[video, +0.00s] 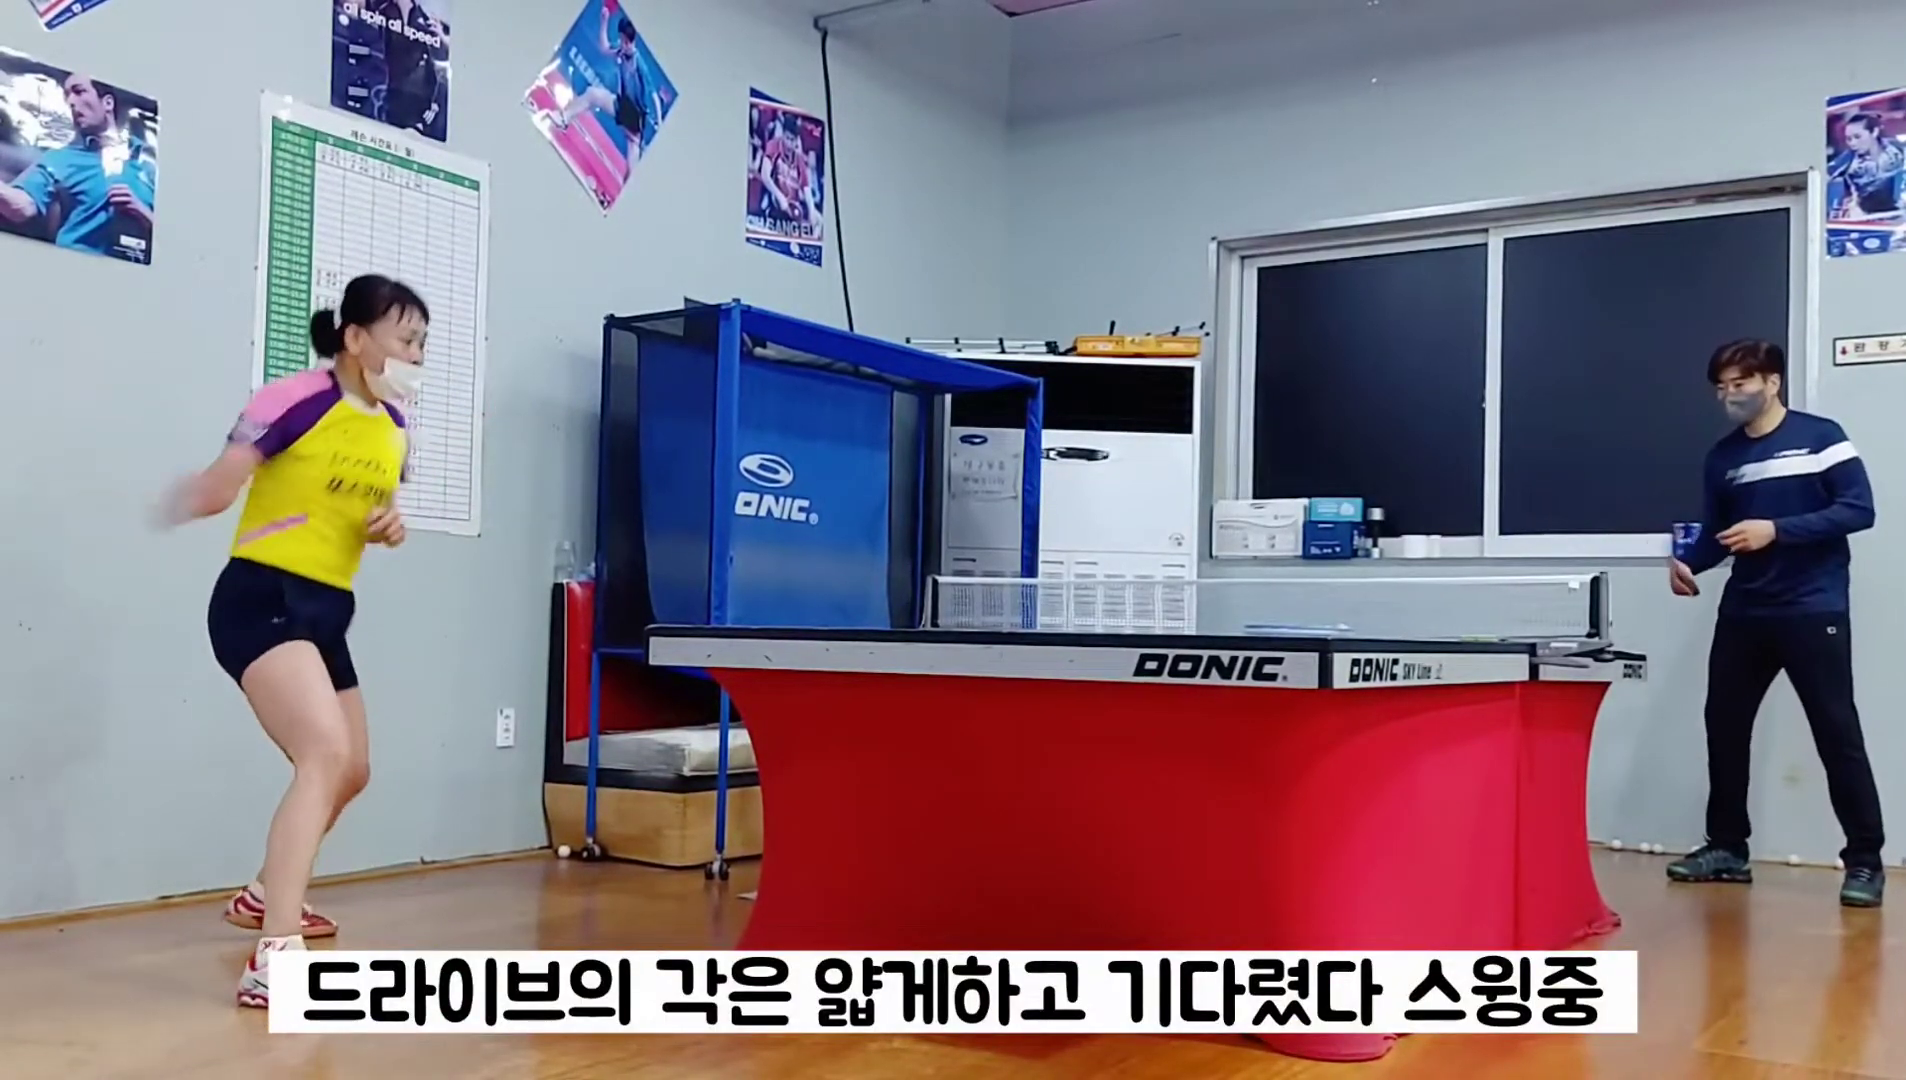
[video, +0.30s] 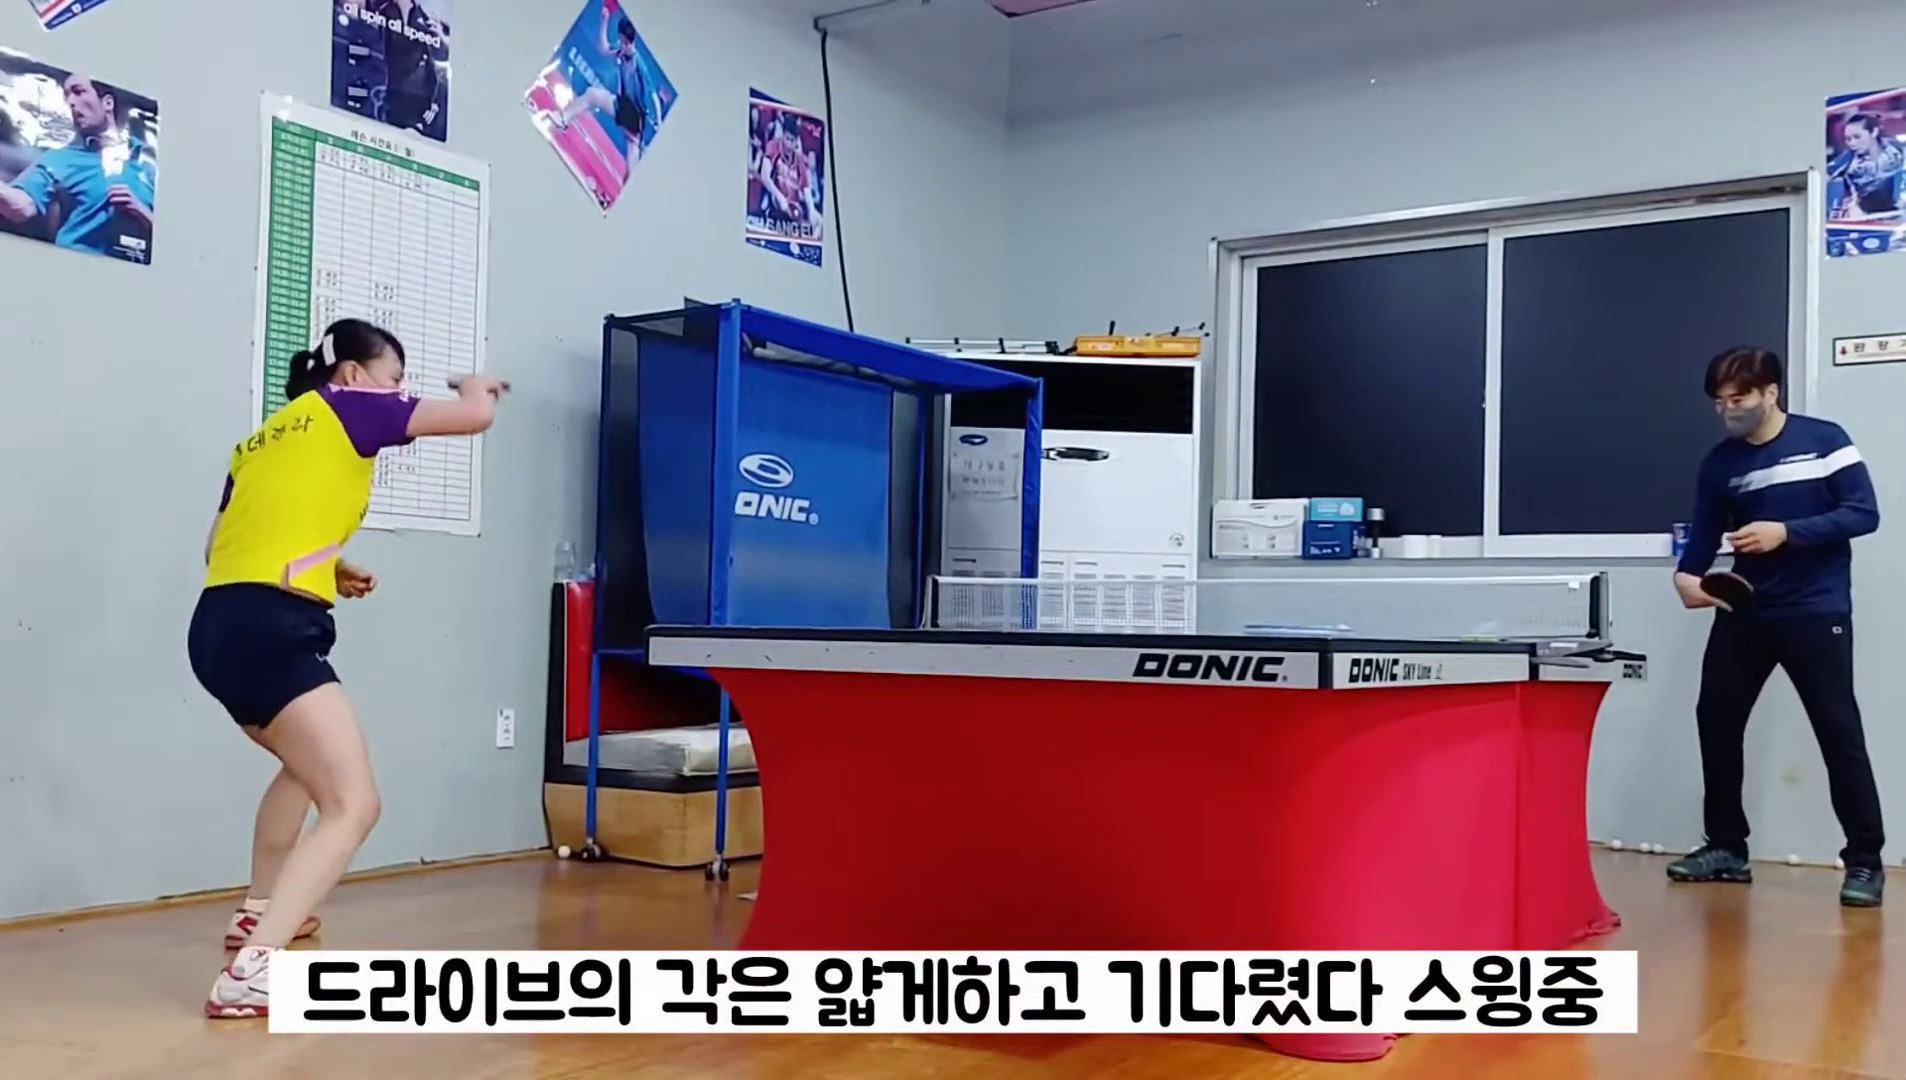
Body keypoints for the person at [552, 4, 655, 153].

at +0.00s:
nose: (622, 42)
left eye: (624, 40)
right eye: (621, 38)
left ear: (629, 40)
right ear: (620, 38)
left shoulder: (632, 55)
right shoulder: (621, 52)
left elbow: (631, 55)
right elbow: (604, 49)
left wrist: (629, 51)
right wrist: (604, 22)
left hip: (629, 109)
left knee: (593, 94)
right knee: (632, 169)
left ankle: (563, 118)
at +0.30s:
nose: (622, 43)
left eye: (624, 40)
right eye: (622, 40)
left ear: (628, 41)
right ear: (622, 40)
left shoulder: (632, 56)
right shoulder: (621, 54)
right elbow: (604, 49)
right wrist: (604, 22)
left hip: (628, 109)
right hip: (636, 115)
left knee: (593, 94)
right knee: (632, 164)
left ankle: (563, 118)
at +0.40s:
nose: (621, 42)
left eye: (623, 39)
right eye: (621, 38)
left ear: (627, 39)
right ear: (623, 38)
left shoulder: (629, 53)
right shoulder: (623, 52)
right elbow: (604, 49)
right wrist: (604, 22)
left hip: (628, 109)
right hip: (637, 116)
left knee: (593, 94)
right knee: (633, 163)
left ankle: (564, 118)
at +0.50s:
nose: (622, 43)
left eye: (624, 40)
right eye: (621, 39)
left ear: (628, 41)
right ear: (622, 39)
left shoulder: (631, 55)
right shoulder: (623, 52)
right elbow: (604, 50)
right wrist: (604, 22)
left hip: (628, 109)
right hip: (637, 115)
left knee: (593, 94)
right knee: (632, 163)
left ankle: (563, 118)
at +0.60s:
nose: (621, 42)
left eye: (623, 39)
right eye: (621, 39)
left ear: (627, 40)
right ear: (625, 39)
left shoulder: (631, 55)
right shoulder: (623, 52)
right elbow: (604, 50)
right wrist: (604, 22)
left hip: (628, 108)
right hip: (636, 115)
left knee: (593, 94)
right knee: (633, 159)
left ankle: (563, 117)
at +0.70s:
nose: (621, 43)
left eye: (623, 40)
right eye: (621, 39)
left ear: (628, 40)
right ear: (624, 39)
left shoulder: (631, 55)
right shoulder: (624, 52)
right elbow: (605, 50)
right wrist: (604, 22)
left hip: (628, 108)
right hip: (637, 115)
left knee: (593, 94)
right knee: (632, 164)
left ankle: (563, 117)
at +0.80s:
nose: (621, 41)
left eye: (623, 38)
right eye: (621, 38)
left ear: (627, 40)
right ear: (623, 38)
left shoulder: (630, 54)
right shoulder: (623, 51)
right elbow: (604, 50)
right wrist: (604, 22)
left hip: (628, 108)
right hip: (637, 115)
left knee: (593, 94)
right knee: (633, 159)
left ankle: (564, 118)